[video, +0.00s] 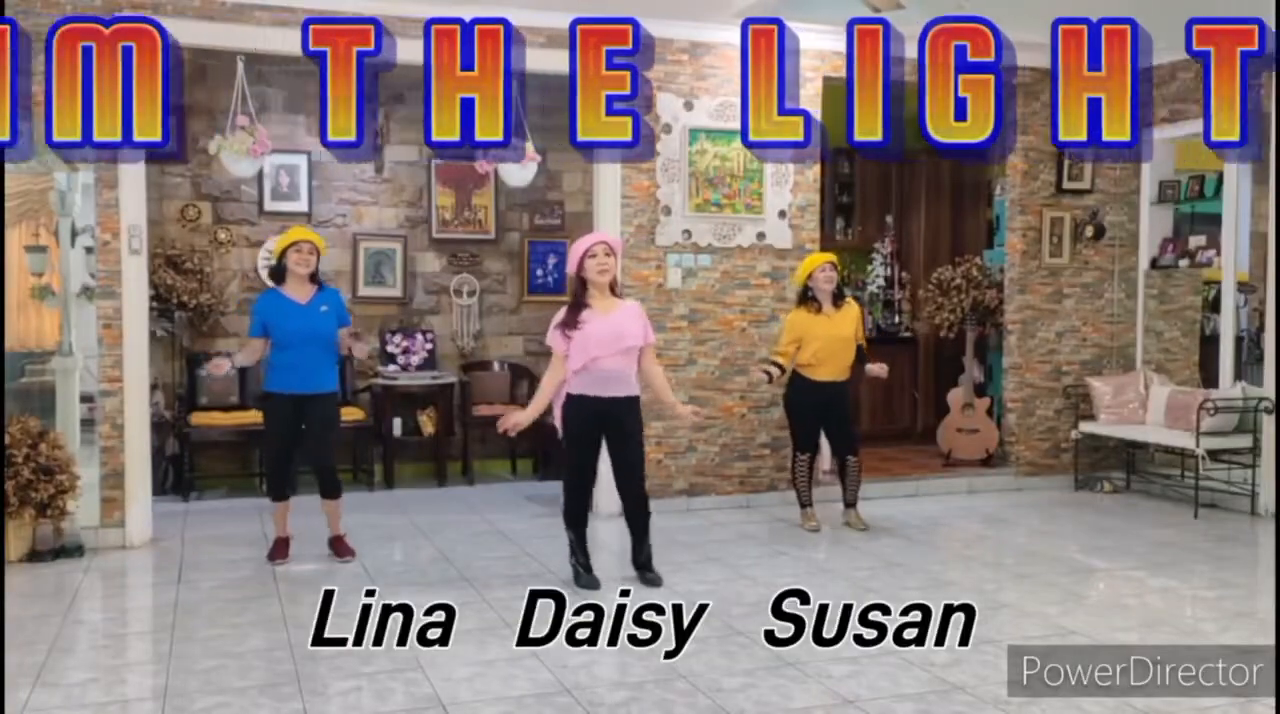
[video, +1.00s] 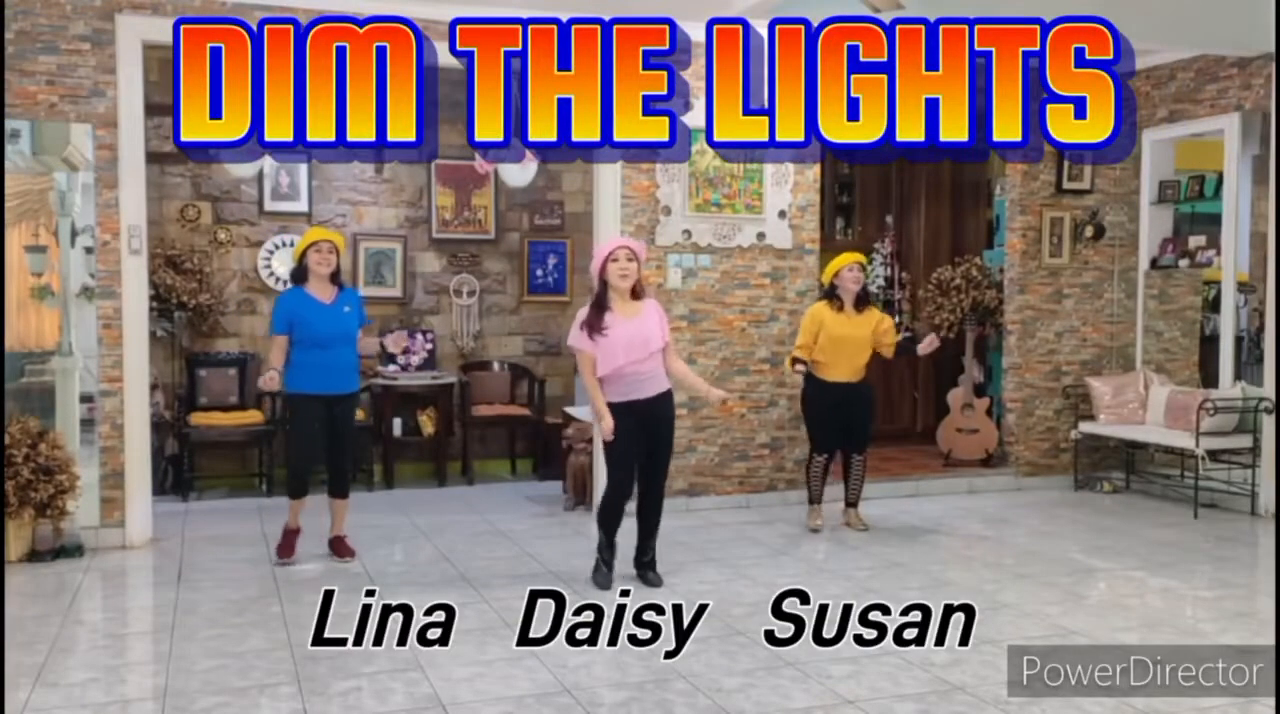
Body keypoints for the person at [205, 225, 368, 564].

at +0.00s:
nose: (304, 257)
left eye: (310, 252)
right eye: (297, 251)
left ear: (318, 260)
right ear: (283, 257)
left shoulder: (332, 298)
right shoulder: (267, 301)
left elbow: (344, 341)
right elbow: (256, 347)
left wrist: (355, 347)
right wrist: (231, 361)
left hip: (323, 395)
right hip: (280, 396)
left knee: (325, 463)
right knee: (278, 465)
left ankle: (337, 535)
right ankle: (281, 537)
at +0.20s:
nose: (317, 259)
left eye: (323, 254)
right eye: (310, 254)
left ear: (331, 261)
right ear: (298, 260)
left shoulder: (344, 297)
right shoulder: (282, 303)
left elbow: (355, 340)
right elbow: (273, 355)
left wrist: (364, 356)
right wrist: (255, 389)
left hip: (339, 396)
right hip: (297, 397)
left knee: (338, 467)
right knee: (291, 468)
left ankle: (338, 536)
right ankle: (284, 535)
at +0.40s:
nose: (323, 259)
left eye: (329, 254)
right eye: (316, 253)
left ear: (337, 261)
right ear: (304, 260)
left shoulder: (352, 297)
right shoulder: (290, 305)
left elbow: (363, 337)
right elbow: (282, 355)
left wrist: (374, 353)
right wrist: (273, 389)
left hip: (347, 397)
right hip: (305, 398)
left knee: (343, 467)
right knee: (305, 470)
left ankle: (338, 535)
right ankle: (293, 527)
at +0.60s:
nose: (325, 257)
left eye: (331, 252)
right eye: (318, 251)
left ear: (340, 260)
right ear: (306, 258)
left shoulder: (354, 296)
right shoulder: (293, 303)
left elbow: (362, 340)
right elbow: (285, 352)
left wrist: (382, 350)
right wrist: (279, 384)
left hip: (348, 395)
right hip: (308, 396)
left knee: (344, 464)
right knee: (314, 465)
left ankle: (338, 536)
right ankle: (312, 534)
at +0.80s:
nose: (327, 256)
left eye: (332, 251)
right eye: (320, 251)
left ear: (340, 259)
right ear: (307, 258)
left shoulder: (354, 295)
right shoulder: (294, 302)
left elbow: (362, 340)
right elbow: (286, 349)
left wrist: (385, 347)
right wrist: (281, 377)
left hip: (348, 394)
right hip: (308, 395)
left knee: (344, 465)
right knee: (313, 465)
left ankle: (338, 536)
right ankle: (311, 533)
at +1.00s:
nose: (325, 257)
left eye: (330, 252)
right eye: (318, 251)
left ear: (337, 259)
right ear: (305, 258)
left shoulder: (350, 297)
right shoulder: (289, 299)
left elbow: (358, 343)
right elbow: (279, 343)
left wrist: (383, 344)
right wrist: (274, 370)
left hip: (344, 394)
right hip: (303, 394)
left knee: (341, 463)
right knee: (300, 462)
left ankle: (338, 534)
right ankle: (292, 527)